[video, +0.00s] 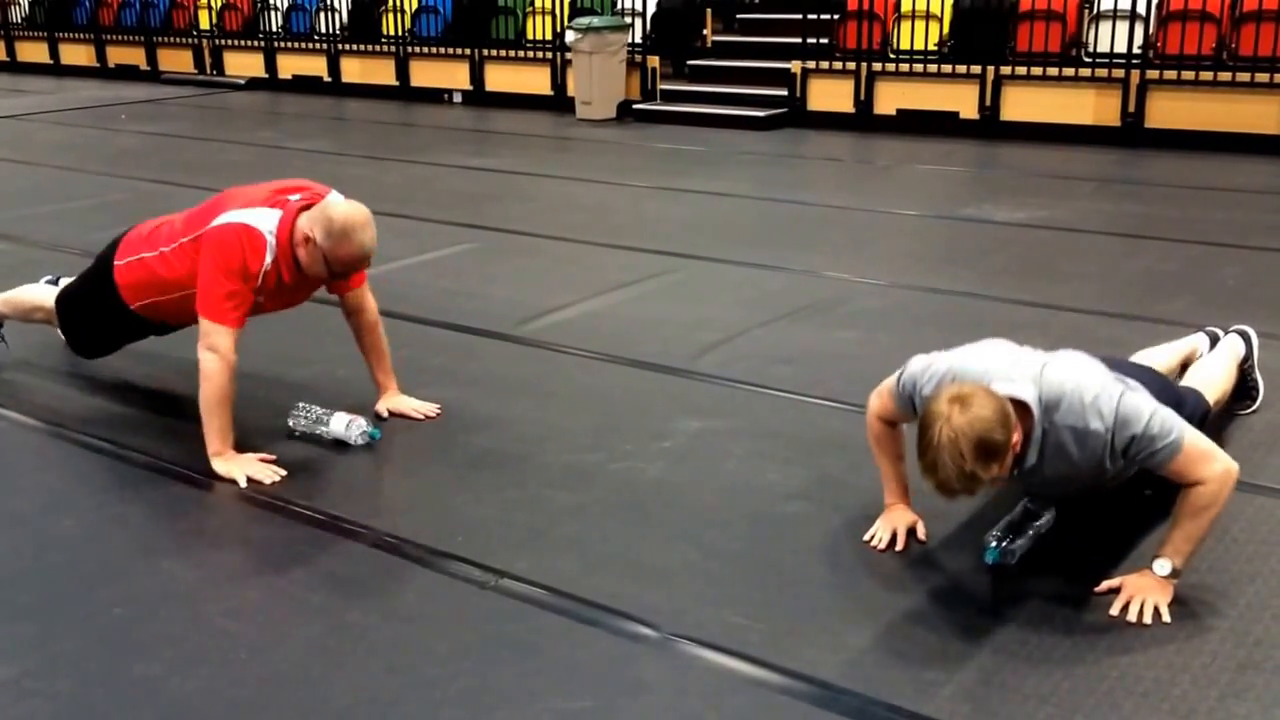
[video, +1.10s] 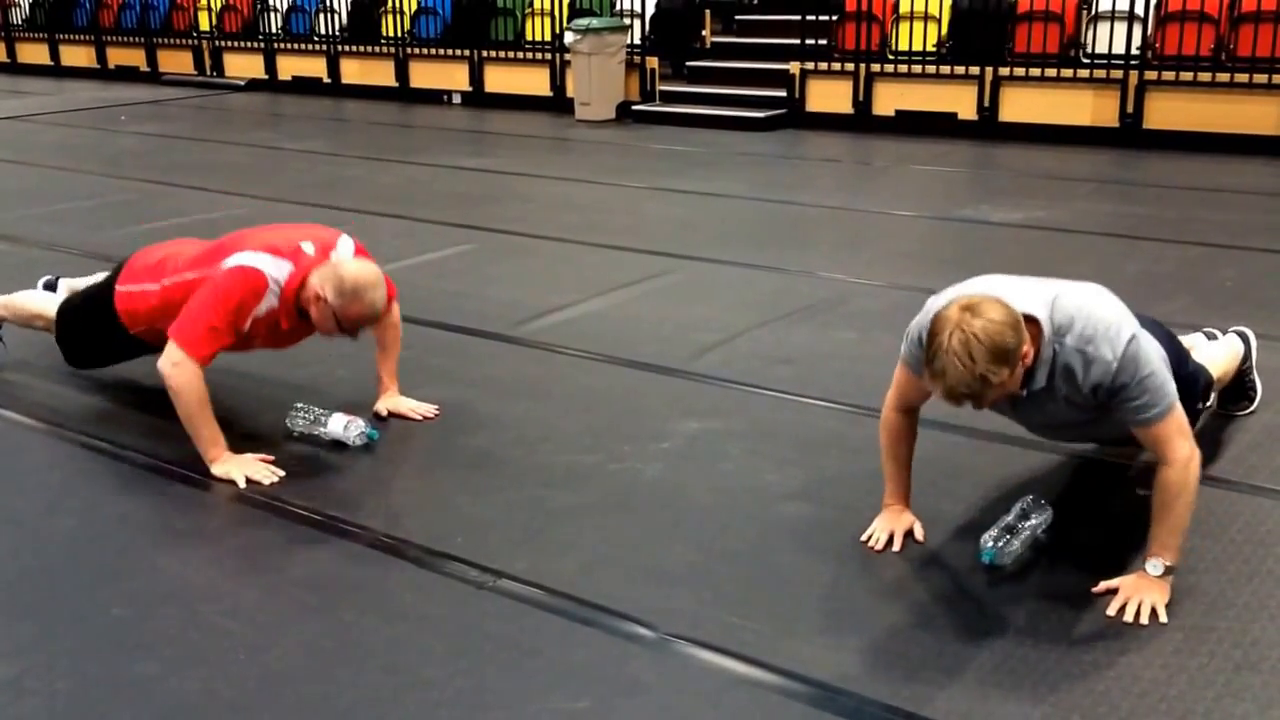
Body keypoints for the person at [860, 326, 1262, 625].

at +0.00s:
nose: (988, 488)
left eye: (991, 478)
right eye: (969, 485)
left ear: (1013, 438)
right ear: (935, 431)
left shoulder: (1105, 413)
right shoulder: (939, 376)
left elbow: (1217, 473)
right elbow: (880, 409)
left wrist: (1162, 572)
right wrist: (896, 502)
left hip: (1142, 405)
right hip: (1088, 379)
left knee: (1194, 398)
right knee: (1135, 373)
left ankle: (1235, 346)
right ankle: (1199, 340)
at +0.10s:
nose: (990, 441)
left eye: (995, 431)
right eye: (975, 435)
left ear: (1023, 391)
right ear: (946, 388)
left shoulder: (1110, 374)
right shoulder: (933, 348)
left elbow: (1202, 466)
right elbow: (889, 408)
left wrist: (1161, 571)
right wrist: (896, 504)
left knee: (1196, 389)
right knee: (1151, 363)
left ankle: (1238, 346)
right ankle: (1201, 340)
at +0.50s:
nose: (979, 483)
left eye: (984, 475)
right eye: (962, 478)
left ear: (1009, 432)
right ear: (932, 427)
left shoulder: (1100, 407)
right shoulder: (930, 372)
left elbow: (1210, 469)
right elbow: (880, 412)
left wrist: (1158, 572)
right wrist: (893, 503)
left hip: (1137, 398)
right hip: (1087, 372)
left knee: (1193, 393)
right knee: (1133, 365)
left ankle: (1235, 346)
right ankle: (1201, 339)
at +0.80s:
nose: (990, 463)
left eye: (992, 452)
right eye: (974, 459)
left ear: (1014, 412)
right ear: (941, 417)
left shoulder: (1104, 394)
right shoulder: (930, 361)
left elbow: (1208, 469)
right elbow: (883, 410)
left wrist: (1158, 571)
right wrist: (894, 504)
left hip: (1136, 388)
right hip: (1084, 365)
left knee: (1195, 390)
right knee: (1139, 363)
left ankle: (1234, 345)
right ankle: (1198, 340)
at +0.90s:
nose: (982, 423)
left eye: (989, 412)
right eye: (967, 417)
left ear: (1020, 366)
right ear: (944, 367)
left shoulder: (1112, 355)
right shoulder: (934, 331)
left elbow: (1185, 459)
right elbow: (896, 409)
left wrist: (1158, 571)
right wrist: (894, 503)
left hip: (1144, 372)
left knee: (1197, 378)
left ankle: (1237, 347)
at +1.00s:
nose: (984, 395)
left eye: (994, 383)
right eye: (970, 386)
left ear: (1026, 340)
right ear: (946, 349)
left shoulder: (1115, 338)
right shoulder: (939, 317)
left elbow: (1164, 455)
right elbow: (906, 408)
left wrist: (1155, 569)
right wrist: (895, 504)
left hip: (1145, 376)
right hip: (1059, 399)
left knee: (1195, 379)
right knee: (1114, 425)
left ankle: (1234, 349)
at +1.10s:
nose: (980, 409)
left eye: (989, 395)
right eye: (967, 399)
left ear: (1024, 352)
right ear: (948, 361)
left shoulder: (1114, 349)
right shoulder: (935, 331)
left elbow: (1181, 457)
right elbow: (899, 409)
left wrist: (1156, 570)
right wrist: (895, 503)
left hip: (1143, 380)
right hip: (1057, 403)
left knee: (1196, 372)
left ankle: (1235, 349)